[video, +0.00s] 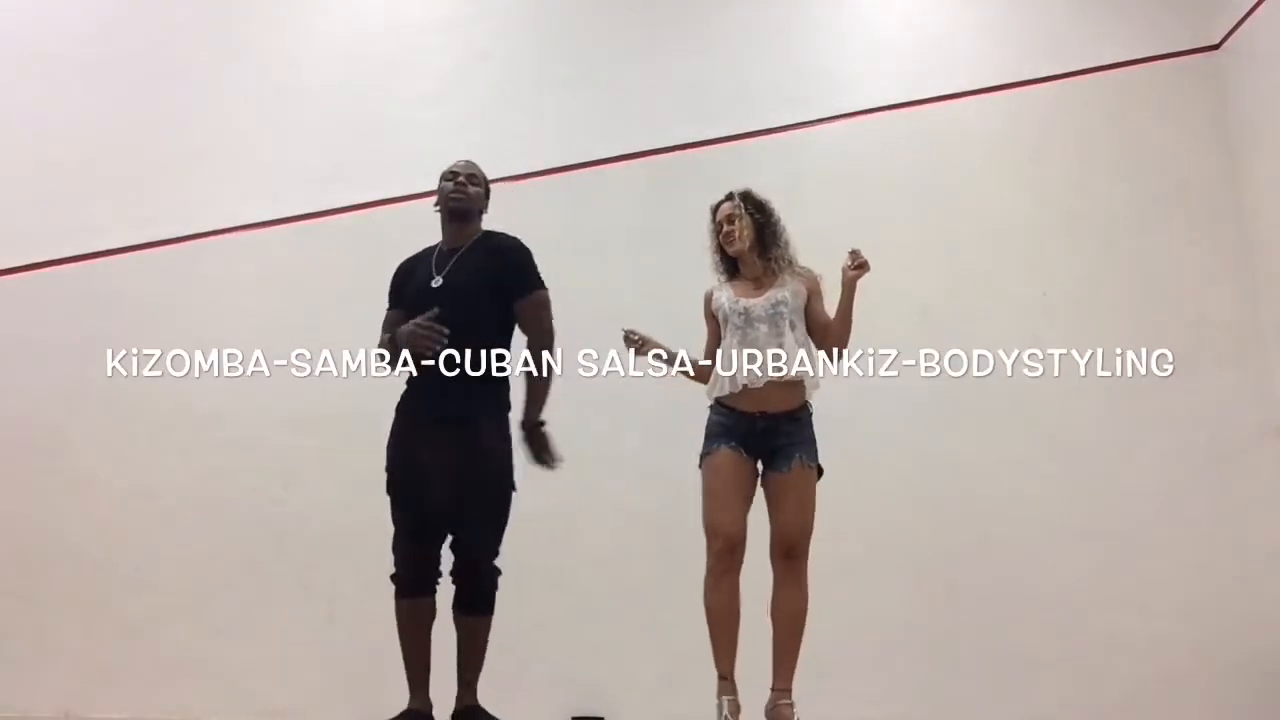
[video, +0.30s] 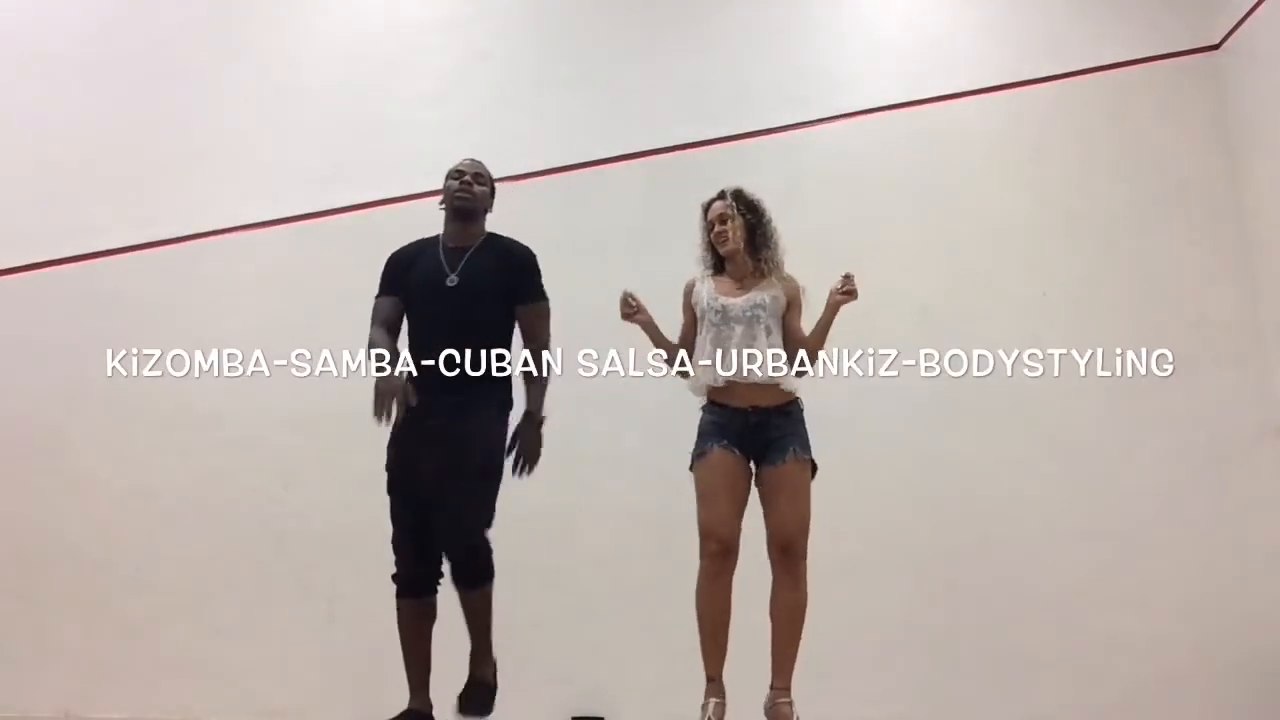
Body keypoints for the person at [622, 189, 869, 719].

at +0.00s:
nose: (729, 228)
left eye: (736, 218)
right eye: (722, 224)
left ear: (760, 224)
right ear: (719, 239)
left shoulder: (800, 282)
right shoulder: (718, 297)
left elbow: (833, 347)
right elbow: (708, 374)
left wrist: (848, 286)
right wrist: (657, 350)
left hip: (791, 428)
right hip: (730, 427)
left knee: (791, 555)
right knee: (724, 549)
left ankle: (782, 695)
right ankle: (725, 688)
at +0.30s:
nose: (721, 227)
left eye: (728, 218)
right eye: (714, 223)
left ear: (751, 224)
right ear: (709, 237)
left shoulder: (784, 287)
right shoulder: (699, 289)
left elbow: (801, 357)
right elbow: (682, 360)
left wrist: (831, 309)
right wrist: (645, 323)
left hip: (782, 426)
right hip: (721, 426)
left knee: (789, 551)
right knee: (717, 549)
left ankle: (780, 692)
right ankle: (714, 689)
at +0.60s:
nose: (720, 229)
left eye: (727, 220)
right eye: (712, 226)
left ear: (750, 224)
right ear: (707, 239)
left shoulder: (786, 285)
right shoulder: (701, 292)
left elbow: (812, 354)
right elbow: (684, 366)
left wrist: (843, 303)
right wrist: (662, 323)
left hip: (775, 431)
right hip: (713, 427)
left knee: (792, 553)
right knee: (711, 553)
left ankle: (780, 692)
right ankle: (710, 691)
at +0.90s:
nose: (732, 232)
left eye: (739, 222)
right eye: (724, 228)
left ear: (763, 225)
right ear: (720, 240)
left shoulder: (802, 286)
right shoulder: (718, 295)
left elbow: (831, 356)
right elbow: (708, 375)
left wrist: (857, 304)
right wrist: (686, 348)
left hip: (789, 430)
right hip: (727, 429)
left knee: (797, 553)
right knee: (722, 552)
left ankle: (792, 695)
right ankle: (720, 687)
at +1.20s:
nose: (733, 228)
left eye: (740, 218)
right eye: (725, 223)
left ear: (761, 221)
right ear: (718, 234)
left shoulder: (797, 282)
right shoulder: (714, 293)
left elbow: (825, 356)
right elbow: (705, 363)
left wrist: (810, 302)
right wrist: (699, 395)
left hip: (790, 426)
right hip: (729, 427)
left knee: (796, 554)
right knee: (723, 540)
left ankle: (796, 695)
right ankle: (724, 678)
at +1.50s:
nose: (715, 227)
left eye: (722, 218)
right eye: (708, 221)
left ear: (744, 222)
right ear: (701, 232)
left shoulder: (778, 282)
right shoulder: (693, 289)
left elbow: (799, 348)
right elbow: (675, 355)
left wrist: (761, 319)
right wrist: (670, 383)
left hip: (764, 424)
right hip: (702, 424)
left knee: (776, 551)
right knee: (699, 550)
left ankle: (787, 690)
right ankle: (694, 690)